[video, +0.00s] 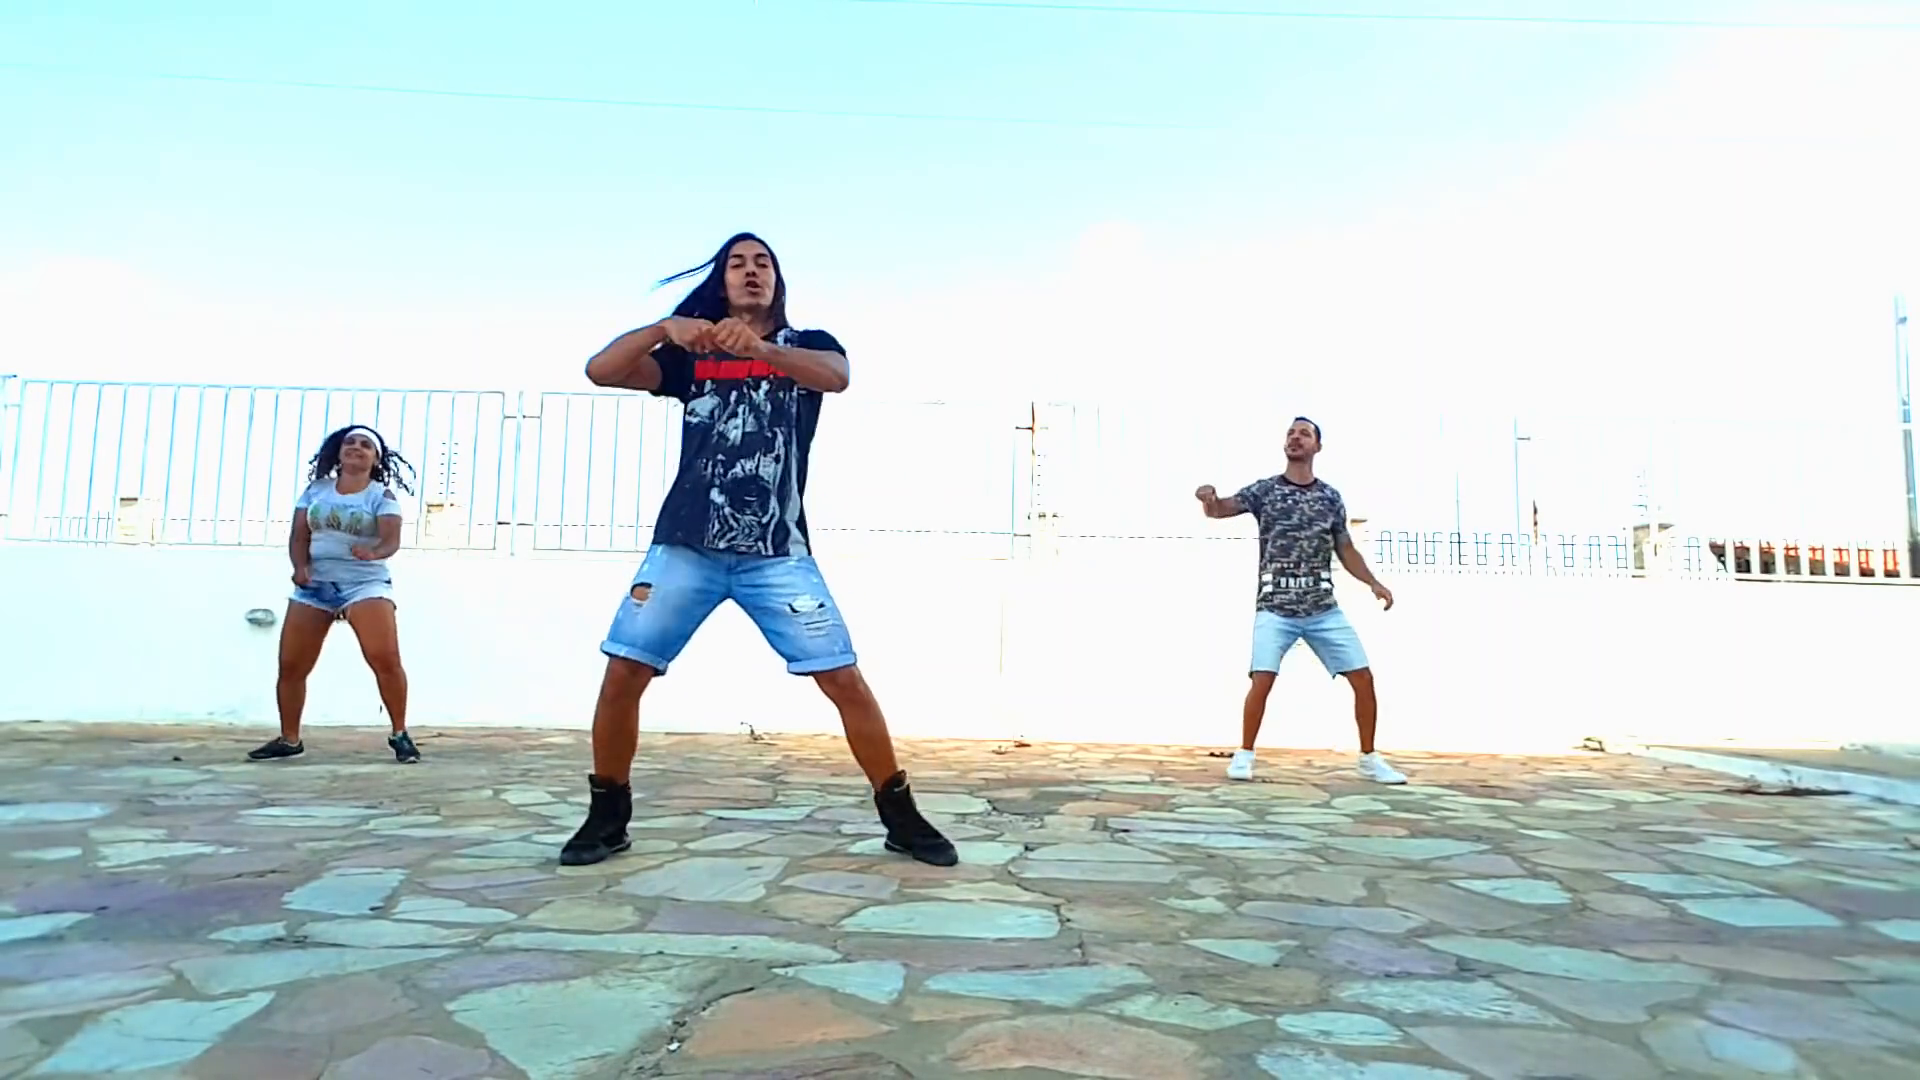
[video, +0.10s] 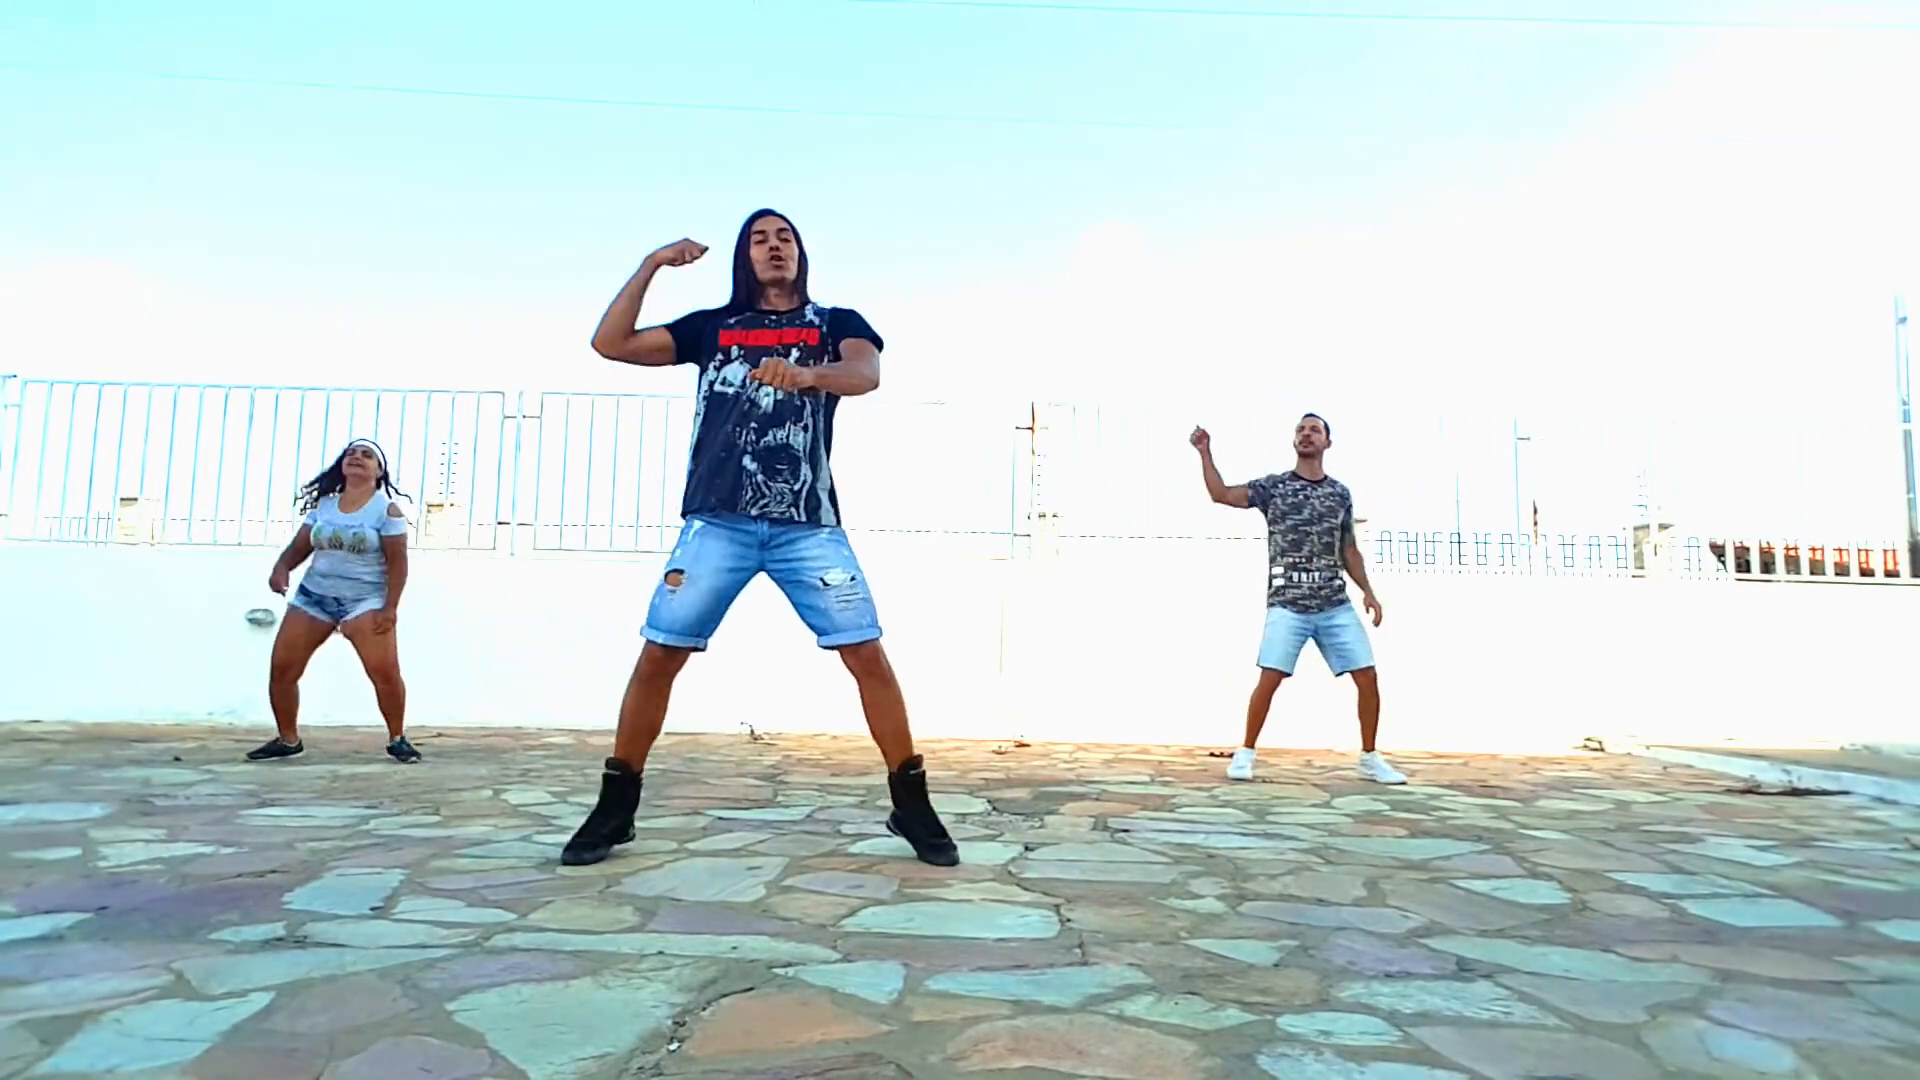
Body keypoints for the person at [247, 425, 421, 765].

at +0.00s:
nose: (356, 447)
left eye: (365, 445)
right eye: (349, 442)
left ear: (376, 460)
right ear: (337, 453)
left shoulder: (382, 496)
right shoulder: (314, 491)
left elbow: (391, 540)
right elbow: (299, 537)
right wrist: (300, 566)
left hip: (365, 584)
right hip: (315, 583)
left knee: (386, 659)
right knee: (290, 666)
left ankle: (400, 734)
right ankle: (290, 739)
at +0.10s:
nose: (356, 457)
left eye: (366, 455)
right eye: (350, 453)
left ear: (378, 471)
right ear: (341, 466)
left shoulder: (387, 511)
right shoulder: (324, 505)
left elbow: (398, 562)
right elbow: (301, 546)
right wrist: (281, 568)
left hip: (365, 600)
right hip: (314, 596)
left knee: (386, 674)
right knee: (282, 669)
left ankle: (397, 738)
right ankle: (288, 739)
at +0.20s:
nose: (371, 435)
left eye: (381, 433)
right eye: (366, 431)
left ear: (395, 449)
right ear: (357, 442)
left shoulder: (399, 483)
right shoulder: (337, 476)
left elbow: (423, 528)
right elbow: (295, 494)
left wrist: (422, 575)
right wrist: (270, 494)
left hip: (378, 574)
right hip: (328, 571)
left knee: (392, 654)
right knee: (304, 652)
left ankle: (401, 731)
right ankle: (286, 725)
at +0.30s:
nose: (380, 422)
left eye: (390, 420)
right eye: (376, 418)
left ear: (404, 435)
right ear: (367, 428)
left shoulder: (412, 469)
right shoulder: (346, 453)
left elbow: (434, 516)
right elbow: (294, 442)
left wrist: (445, 559)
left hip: (392, 558)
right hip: (344, 557)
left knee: (401, 636)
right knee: (313, 634)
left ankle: (421, 715)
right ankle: (304, 713)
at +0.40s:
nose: (387, 429)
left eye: (397, 424)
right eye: (382, 425)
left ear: (414, 436)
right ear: (375, 435)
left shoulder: (426, 478)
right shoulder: (359, 458)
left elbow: (439, 526)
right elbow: (308, 437)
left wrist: (447, 569)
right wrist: (286, 401)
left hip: (400, 567)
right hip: (350, 563)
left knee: (420, 643)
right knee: (326, 642)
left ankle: (442, 717)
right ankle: (315, 719)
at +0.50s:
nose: (397, 452)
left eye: (406, 448)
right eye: (392, 448)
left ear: (423, 461)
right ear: (385, 458)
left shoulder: (432, 501)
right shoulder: (370, 489)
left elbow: (446, 552)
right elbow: (324, 468)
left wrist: (453, 599)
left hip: (409, 590)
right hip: (357, 585)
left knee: (433, 663)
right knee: (333, 666)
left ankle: (454, 737)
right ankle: (325, 739)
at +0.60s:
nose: (421, 460)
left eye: (430, 455)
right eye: (414, 456)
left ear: (445, 467)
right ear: (406, 466)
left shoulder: (457, 508)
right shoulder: (391, 500)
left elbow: (471, 560)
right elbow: (341, 484)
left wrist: (471, 606)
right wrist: (345, 443)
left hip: (434, 597)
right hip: (384, 592)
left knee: (445, 669)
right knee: (347, 666)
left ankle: (452, 742)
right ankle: (326, 735)